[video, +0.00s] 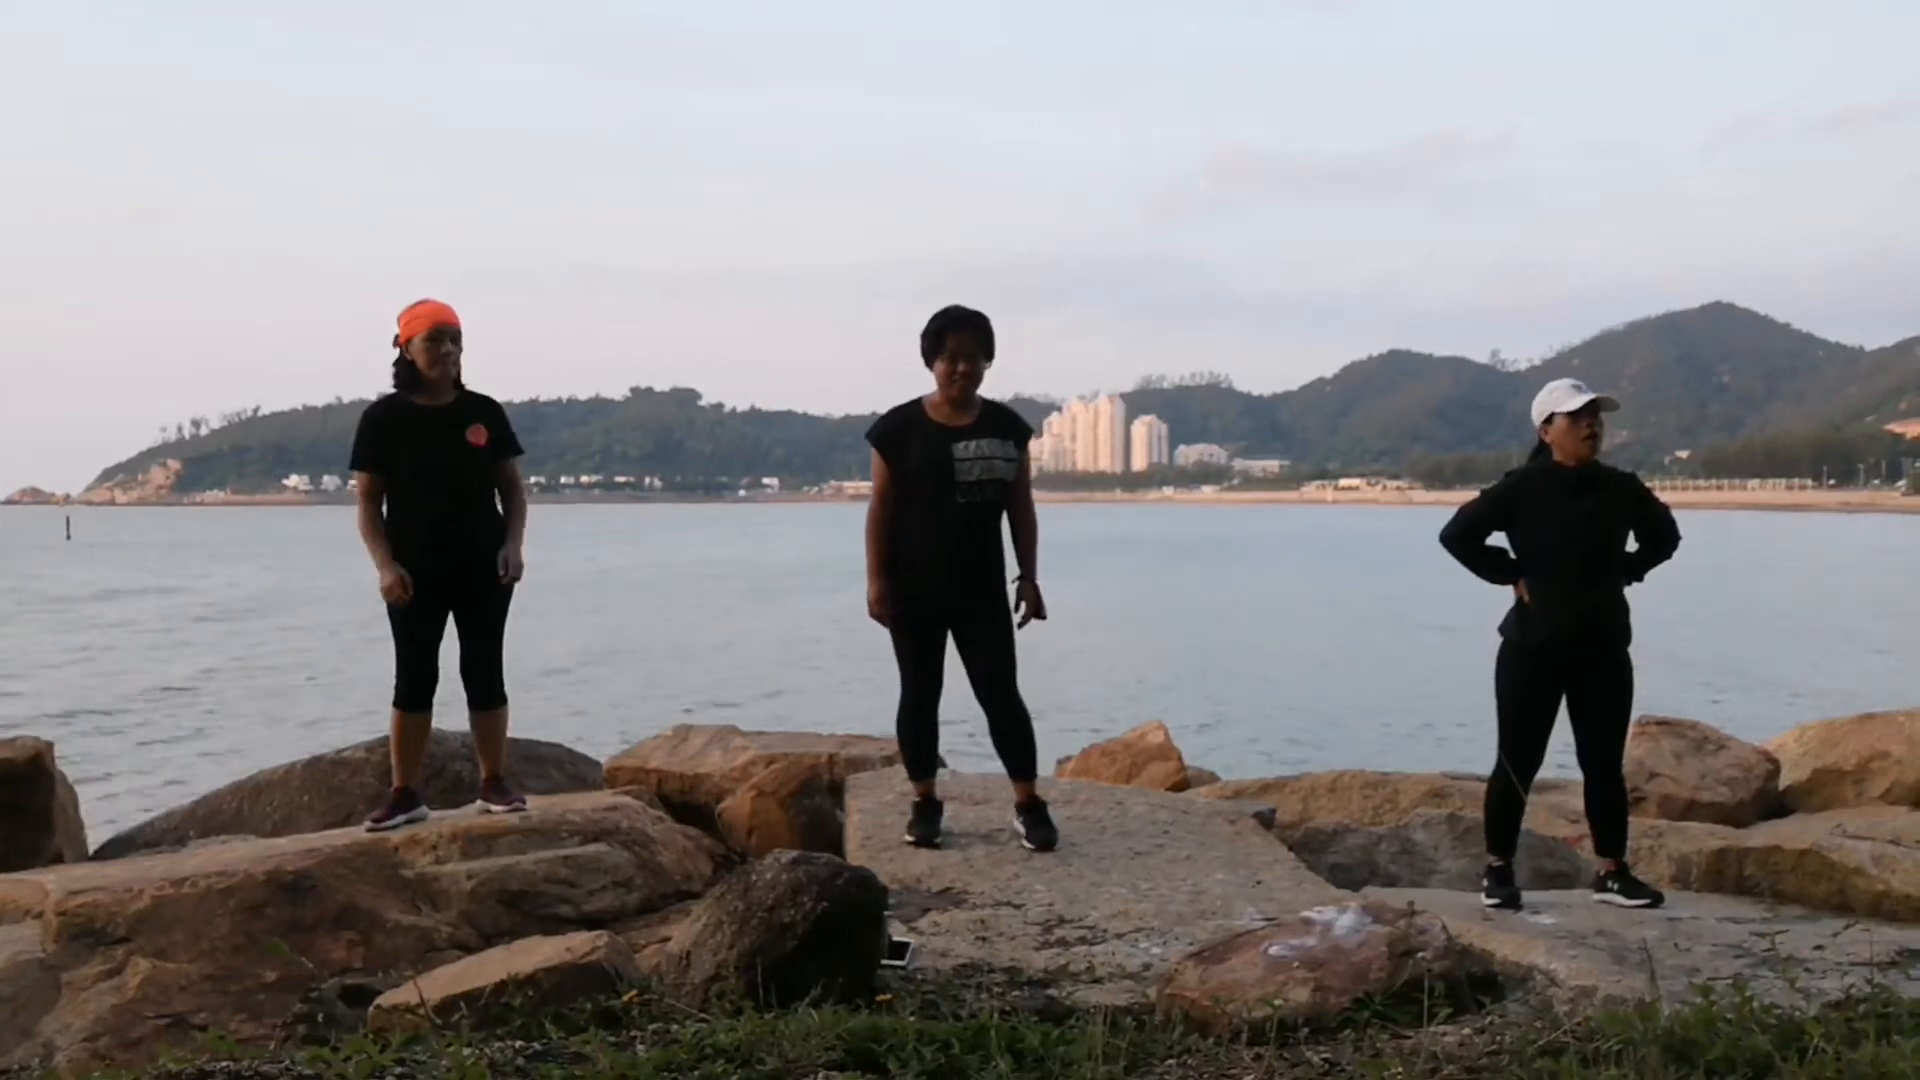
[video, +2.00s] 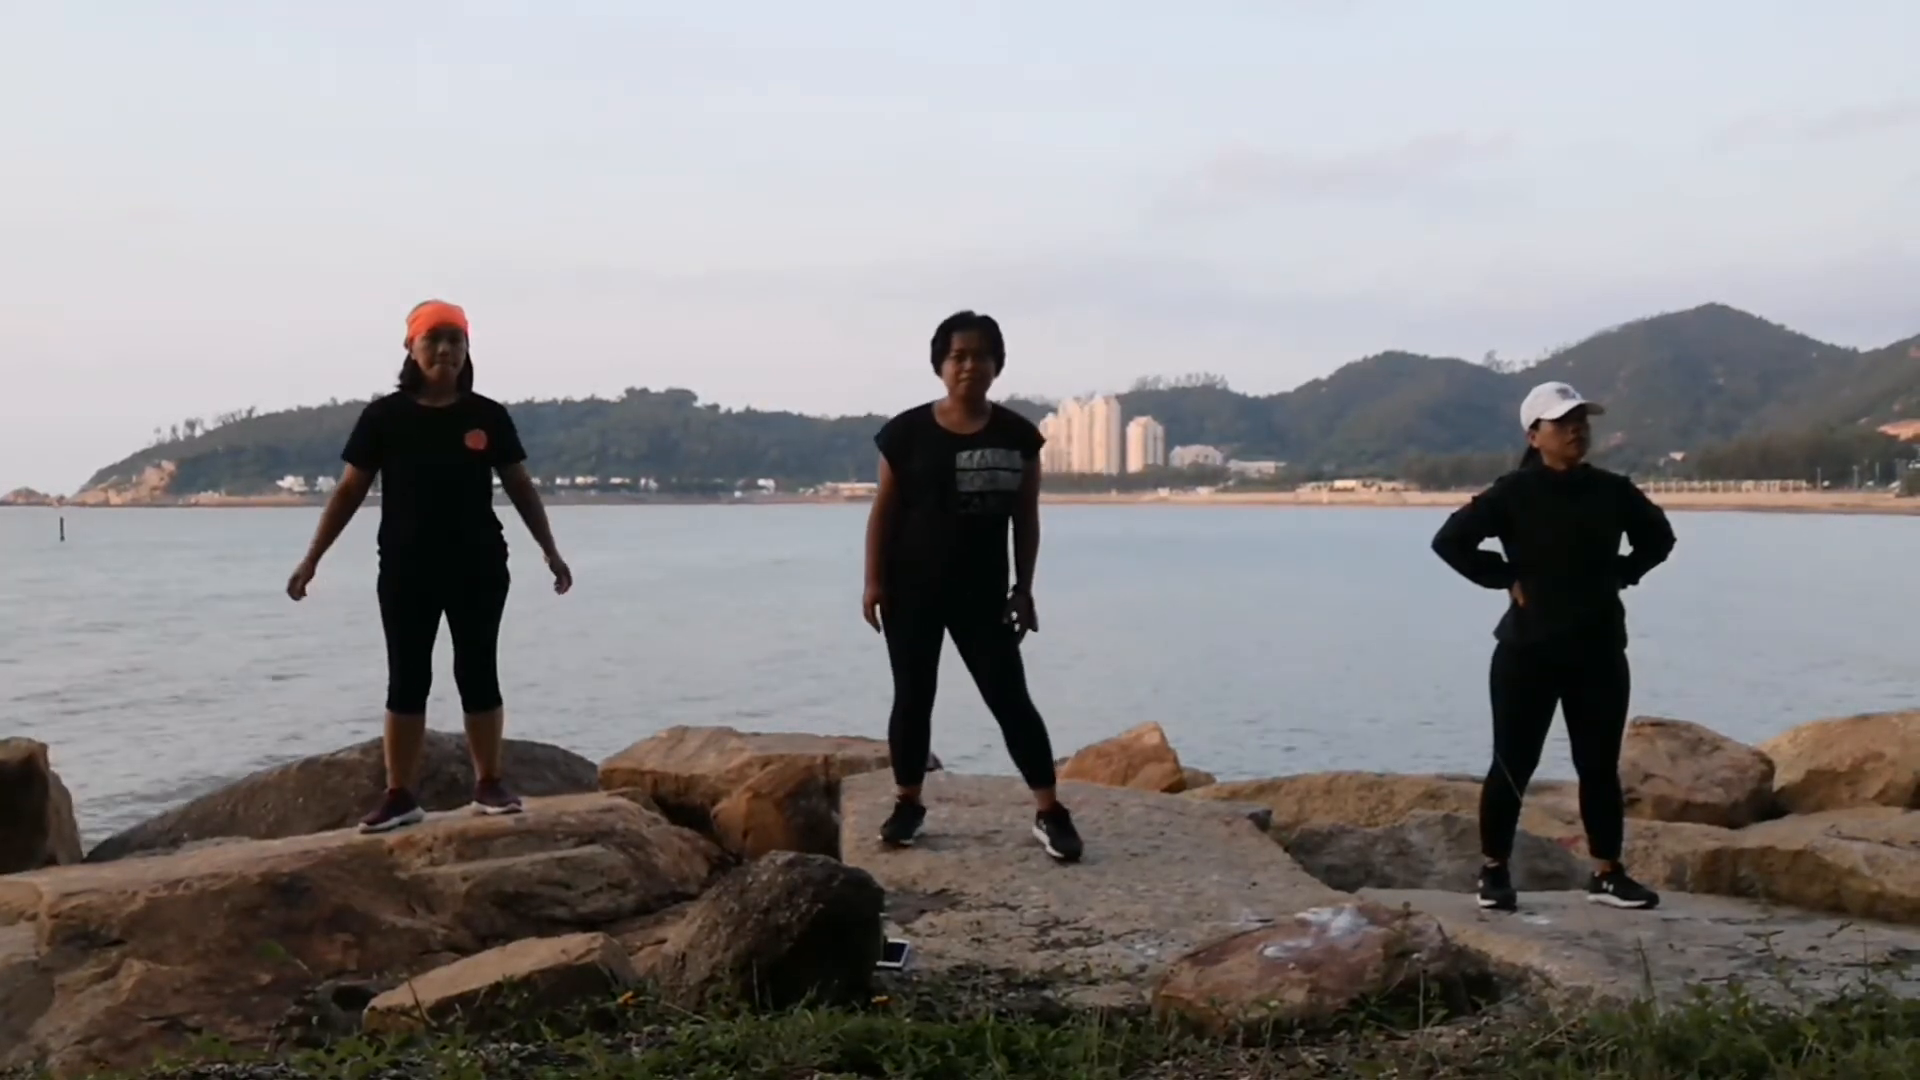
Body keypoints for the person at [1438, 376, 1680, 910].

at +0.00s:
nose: (1594, 427)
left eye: (1595, 418)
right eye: (1581, 419)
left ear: (1596, 423)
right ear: (1548, 431)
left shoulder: (1619, 486)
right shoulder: (1521, 488)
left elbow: (1665, 536)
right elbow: (1456, 536)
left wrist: (1625, 570)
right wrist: (1511, 573)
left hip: (1602, 647)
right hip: (1534, 647)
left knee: (1605, 765)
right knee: (1517, 762)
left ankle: (1612, 871)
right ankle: (1499, 871)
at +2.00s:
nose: (1579, 431)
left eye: (1581, 421)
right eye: (1566, 423)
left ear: (1585, 425)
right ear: (1535, 434)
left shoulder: (1611, 490)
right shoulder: (1512, 493)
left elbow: (1660, 537)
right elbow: (1449, 543)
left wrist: (1621, 572)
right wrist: (1507, 577)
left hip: (1597, 650)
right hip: (1529, 650)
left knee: (1600, 767)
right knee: (1512, 765)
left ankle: (1608, 873)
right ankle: (1494, 872)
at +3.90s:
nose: (1580, 433)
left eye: (1583, 423)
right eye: (1568, 424)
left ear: (1588, 429)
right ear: (1537, 435)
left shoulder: (1611, 492)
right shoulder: (1511, 493)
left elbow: (1657, 542)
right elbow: (1447, 541)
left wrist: (1614, 577)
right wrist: (1503, 578)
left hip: (1593, 651)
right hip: (1525, 650)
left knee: (1595, 769)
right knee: (1507, 766)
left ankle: (1602, 874)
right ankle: (1489, 874)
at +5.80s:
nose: (1549, 438)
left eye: (1558, 428)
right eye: (1537, 429)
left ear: (1574, 435)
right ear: (1520, 438)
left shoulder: (1601, 495)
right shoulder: (1500, 498)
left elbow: (1651, 541)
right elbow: (1438, 547)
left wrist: (1610, 577)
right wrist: (1495, 581)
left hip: (1588, 653)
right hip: (1518, 653)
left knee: (1589, 770)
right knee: (1501, 768)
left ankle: (1596, 875)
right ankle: (1483, 875)